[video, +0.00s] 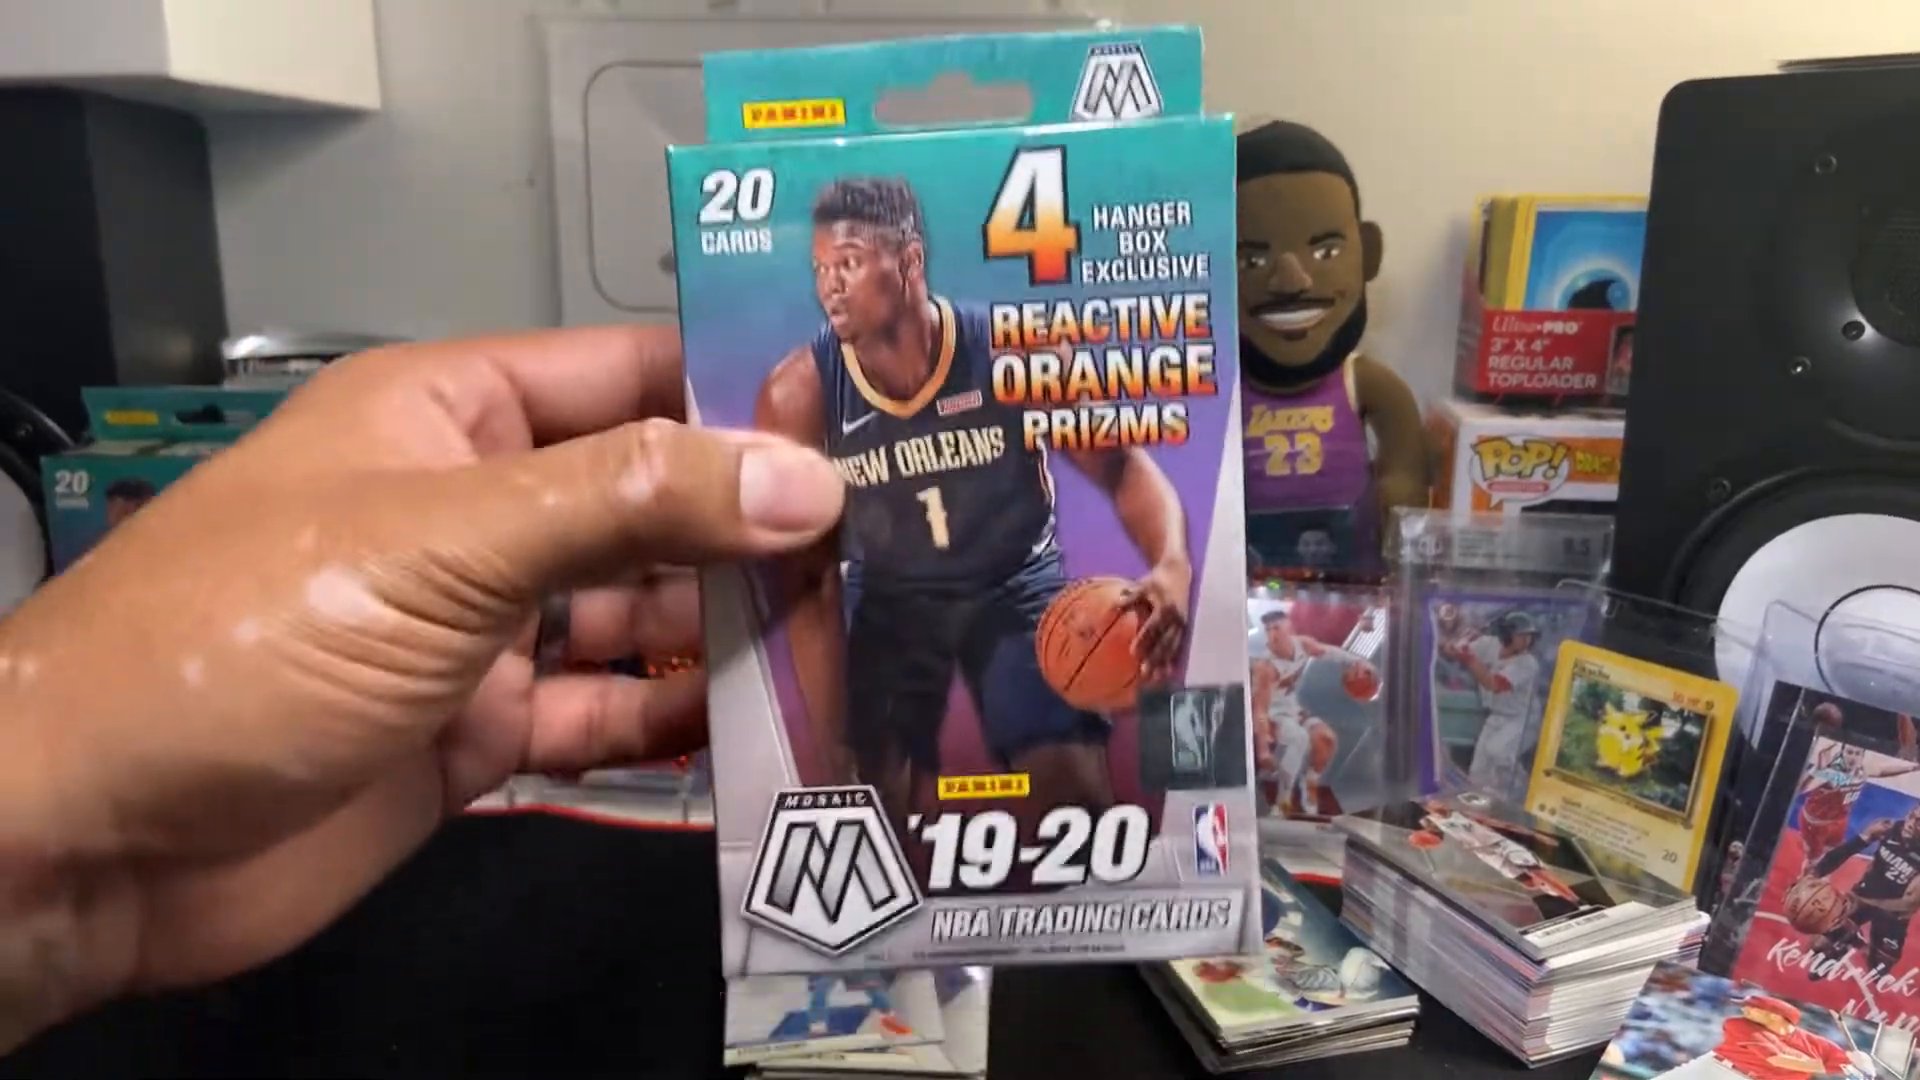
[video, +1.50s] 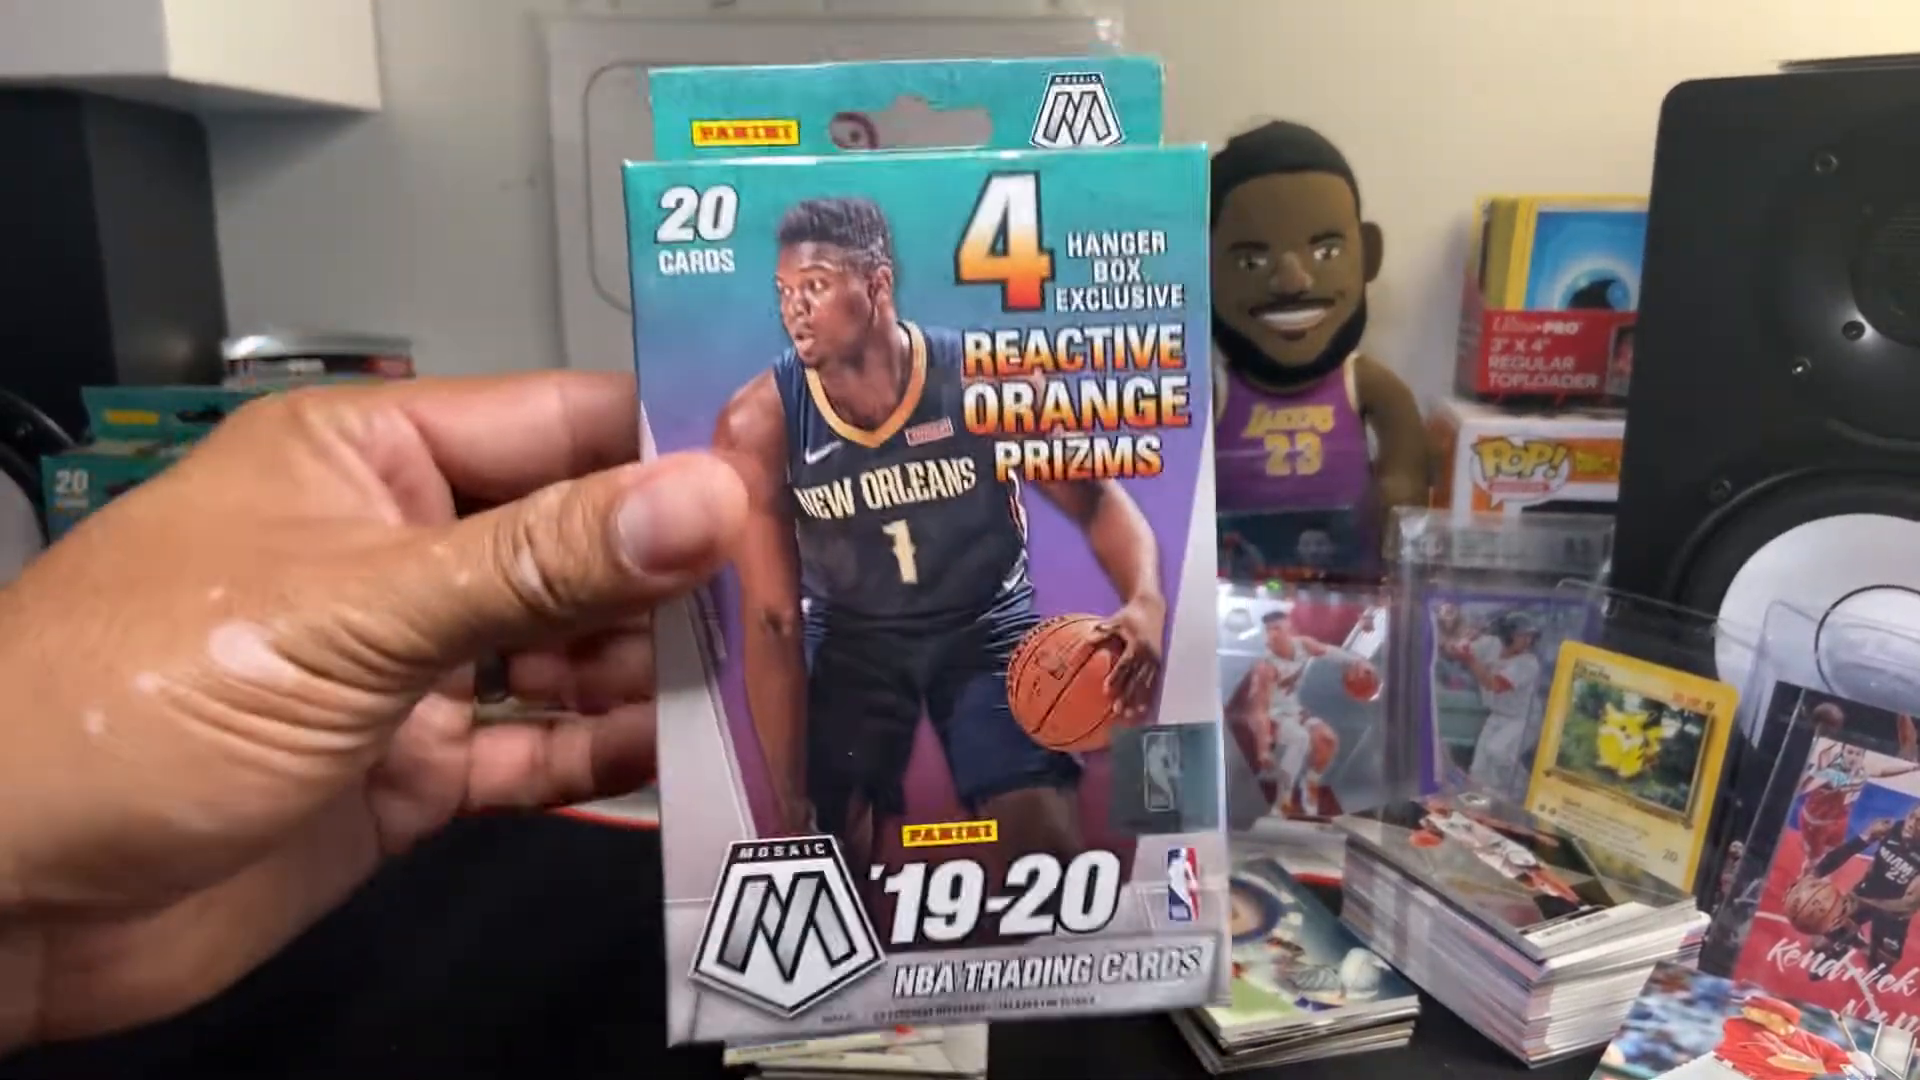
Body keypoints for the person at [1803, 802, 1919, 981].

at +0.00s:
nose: (1912, 824)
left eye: (1918, 822)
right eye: (1912, 817)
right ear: (1907, 815)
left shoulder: (1917, 857)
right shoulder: (1887, 829)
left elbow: (1909, 904)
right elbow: (1847, 850)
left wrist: (1862, 903)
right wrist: (1815, 873)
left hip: (1894, 913)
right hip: (1863, 897)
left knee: (1878, 971)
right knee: (1818, 947)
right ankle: (1844, 945)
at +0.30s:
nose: (1912, 824)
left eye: (1918, 822)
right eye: (1912, 817)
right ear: (1907, 815)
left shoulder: (1917, 857)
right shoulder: (1888, 829)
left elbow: (1909, 904)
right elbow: (1847, 850)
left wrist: (1862, 903)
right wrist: (1815, 873)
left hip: (1894, 913)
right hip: (1863, 897)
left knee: (1878, 971)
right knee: (1818, 947)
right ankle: (1845, 943)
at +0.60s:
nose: (1912, 825)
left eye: (1918, 823)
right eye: (1912, 818)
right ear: (1907, 816)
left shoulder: (1918, 857)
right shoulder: (1888, 830)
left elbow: (1909, 905)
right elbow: (1848, 851)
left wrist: (1861, 903)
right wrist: (1816, 873)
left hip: (1895, 911)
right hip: (1864, 896)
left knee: (1879, 970)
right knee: (1818, 945)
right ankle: (1846, 943)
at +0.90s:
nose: (1912, 824)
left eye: (1919, 822)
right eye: (1912, 817)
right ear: (1907, 815)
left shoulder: (1918, 857)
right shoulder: (1887, 829)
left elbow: (1908, 904)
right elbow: (1846, 852)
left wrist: (1861, 903)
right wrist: (1814, 874)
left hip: (1896, 910)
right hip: (1865, 895)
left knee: (1880, 968)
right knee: (1820, 944)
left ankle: (1854, 939)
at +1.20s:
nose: (1912, 824)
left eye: (1918, 822)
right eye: (1912, 817)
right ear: (1907, 815)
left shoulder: (1917, 858)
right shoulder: (1887, 829)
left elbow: (1908, 905)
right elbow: (1846, 851)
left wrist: (1862, 903)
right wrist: (1815, 874)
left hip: (1896, 910)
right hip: (1866, 894)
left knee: (1881, 967)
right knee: (1820, 943)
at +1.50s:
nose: (1912, 824)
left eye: (1918, 822)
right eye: (1912, 817)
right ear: (1907, 815)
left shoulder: (1918, 857)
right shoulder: (1888, 830)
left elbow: (1909, 904)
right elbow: (1847, 850)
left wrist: (1861, 903)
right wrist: (1814, 874)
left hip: (1896, 910)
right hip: (1865, 895)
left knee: (1880, 967)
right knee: (1820, 945)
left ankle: (1856, 940)